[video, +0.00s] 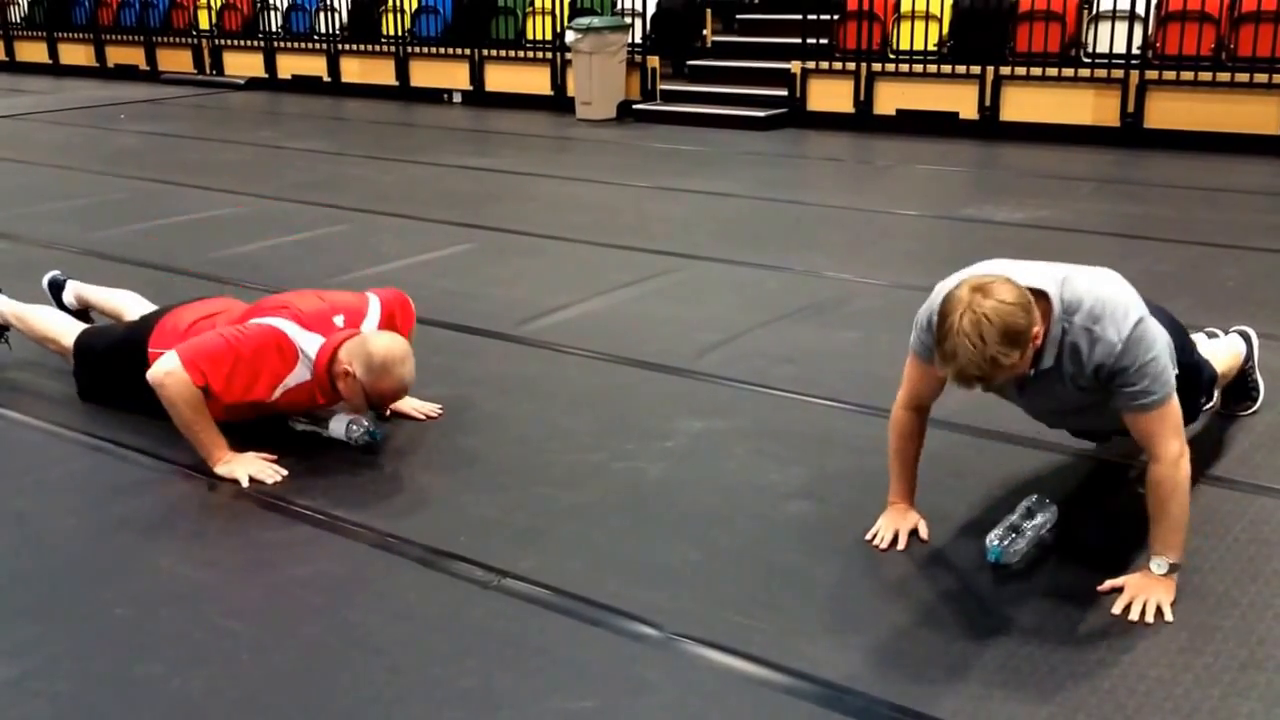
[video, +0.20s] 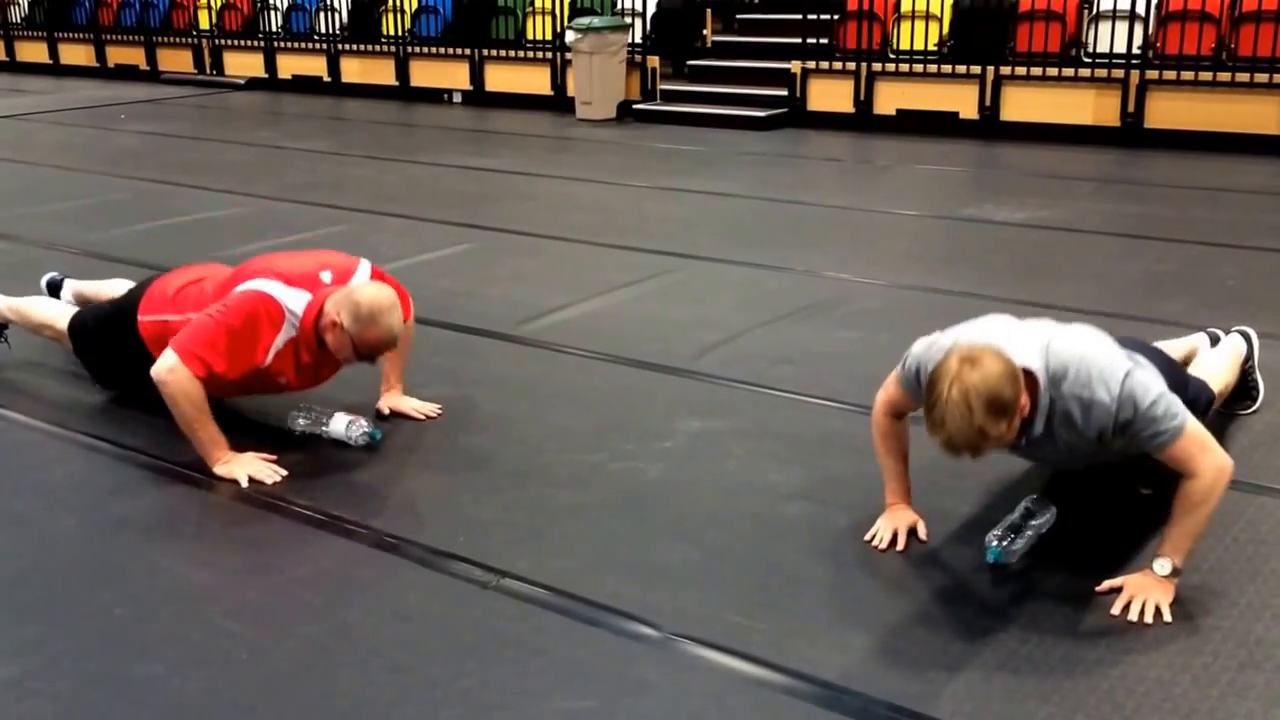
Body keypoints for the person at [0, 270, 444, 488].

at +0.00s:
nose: (369, 413)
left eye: (382, 407)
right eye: (365, 406)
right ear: (343, 374)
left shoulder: (388, 314)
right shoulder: (271, 350)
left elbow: (398, 310)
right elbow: (168, 378)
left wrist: (390, 393)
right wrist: (222, 457)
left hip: (223, 314)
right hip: (158, 344)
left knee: (143, 316)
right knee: (74, 342)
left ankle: (69, 290)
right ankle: (7, 308)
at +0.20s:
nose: (350, 358)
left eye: (364, 356)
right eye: (349, 349)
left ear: (390, 322)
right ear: (332, 317)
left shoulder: (374, 291)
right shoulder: (259, 312)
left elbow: (400, 317)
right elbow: (172, 374)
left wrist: (393, 388)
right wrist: (222, 457)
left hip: (200, 285)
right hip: (147, 322)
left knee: (133, 293)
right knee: (73, 326)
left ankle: (65, 286)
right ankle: (6, 307)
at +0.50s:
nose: (336, 287)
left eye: (347, 278)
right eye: (331, 274)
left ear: (358, 243)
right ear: (305, 240)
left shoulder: (338, 224)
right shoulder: (235, 245)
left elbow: (361, 307)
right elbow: (216, 351)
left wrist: (389, 388)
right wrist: (223, 453)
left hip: (184, 290)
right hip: (128, 287)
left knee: (94, 308)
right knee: (63, 308)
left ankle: (48, 296)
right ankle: (8, 304)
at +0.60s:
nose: (345, 311)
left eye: (358, 304)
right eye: (338, 301)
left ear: (372, 255)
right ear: (312, 270)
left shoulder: (351, 240)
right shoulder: (241, 264)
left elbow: (380, 309)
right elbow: (188, 358)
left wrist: (390, 389)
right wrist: (222, 457)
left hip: (181, 266)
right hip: (132, 290)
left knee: (105, 298)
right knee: (62, 313)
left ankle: (65, 292)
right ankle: (11, 304)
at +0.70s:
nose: (333, 349)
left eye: (347, 349)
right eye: (334, 340)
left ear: (377, 317)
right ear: (324, 310)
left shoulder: (363, 278)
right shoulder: (256, 296)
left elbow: (394, 315)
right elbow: (172, 370)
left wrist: (391, 390)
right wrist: (220, 457)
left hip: (191, 278)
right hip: (142, 311)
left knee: (127, 287)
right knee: (63, 322)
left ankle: (65, 286)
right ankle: (3, 308)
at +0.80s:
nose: (355, 388)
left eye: (365, 384)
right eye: (351, 381)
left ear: (392, 336)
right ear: (331, 354)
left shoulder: (375, 302)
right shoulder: (256, 330)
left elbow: (395, 311)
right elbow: (164, 377)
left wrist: (389, 386)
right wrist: (220, 458)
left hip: (198, 301)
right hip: (144, 335)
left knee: (140, 304)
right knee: (67, 333)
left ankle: (68, 288)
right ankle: (4, 307)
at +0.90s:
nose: (358, 406)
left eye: (371, 402)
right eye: (354, 399)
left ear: (398, 342)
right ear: (336, 368)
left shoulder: (383, 312)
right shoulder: (262, 344)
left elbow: (397, 312)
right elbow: (163, 380)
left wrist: (385, 391)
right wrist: (220, 458)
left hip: (216, 311)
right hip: (153, 342)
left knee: (139, 314)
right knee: (73, 341)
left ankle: (71, 290)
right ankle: (6, 307)